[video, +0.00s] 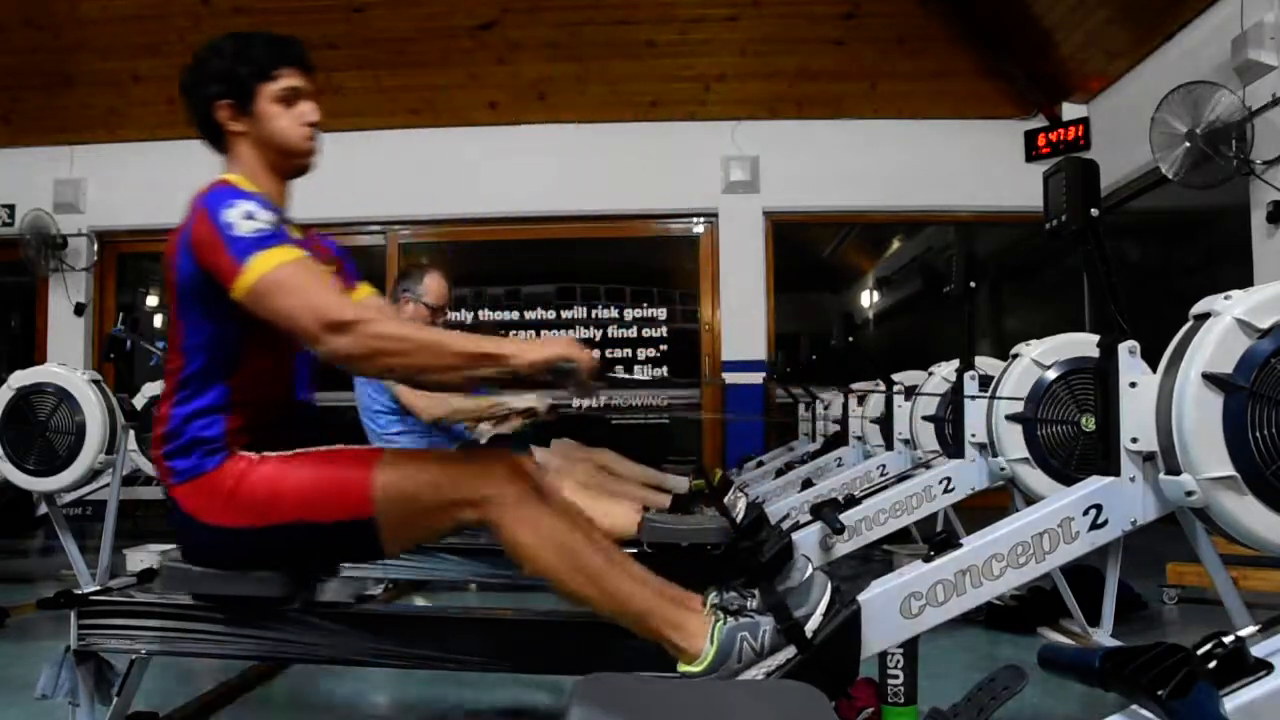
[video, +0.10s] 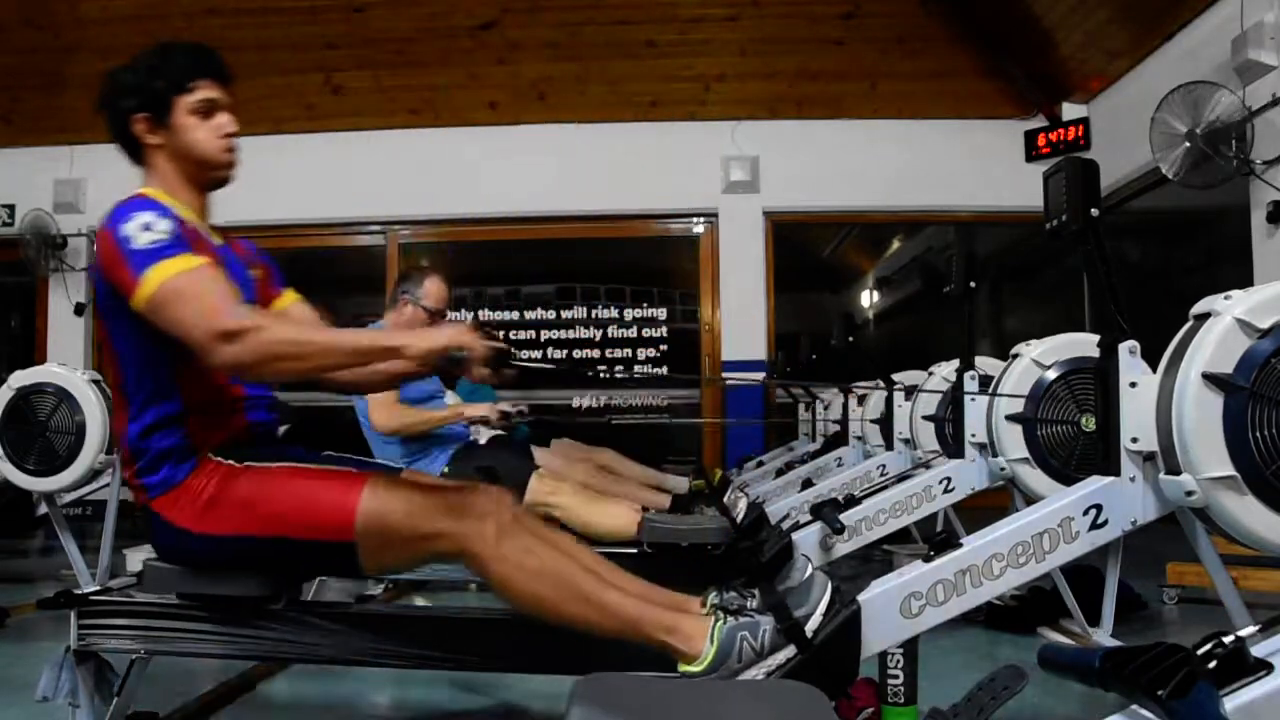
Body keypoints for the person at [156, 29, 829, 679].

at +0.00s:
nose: (313, 116)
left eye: (312, 100)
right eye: (290, 100)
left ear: (311, 112)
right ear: (230, 116)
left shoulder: (297, 235)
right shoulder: (225, 211)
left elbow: (385, 337)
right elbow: (342, 333)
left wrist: (513, 358)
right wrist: (515, 356)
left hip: (269, 468)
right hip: (223, 480)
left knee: (513, 475)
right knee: (492, 481)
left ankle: (704, 618)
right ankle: (703, 643)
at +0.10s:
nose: (228, 130)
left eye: (228, 114)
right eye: (206, 114)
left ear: (223, 125)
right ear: (146, 131)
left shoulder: (240, 259)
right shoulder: (137, 228)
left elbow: (328, 361)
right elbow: (238, 345)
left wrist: (429, 351)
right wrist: (423, 345)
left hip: (253, 468)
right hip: (197, 487)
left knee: (491, 505)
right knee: (471, 513)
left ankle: (696, 624)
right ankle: (695, 640)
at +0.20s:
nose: (166, 152)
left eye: (164, 136)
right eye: (142, 137)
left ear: (152, 152)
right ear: (81, 156)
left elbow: (261, 385)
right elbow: (123, 371)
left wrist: (362, 346)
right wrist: (293, 339)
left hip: (249, 461)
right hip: (191, 481)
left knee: (467, 523)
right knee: (441, 531)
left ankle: (699, 625)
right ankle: (703, 642)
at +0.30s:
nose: (128, 169)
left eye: (127, 153)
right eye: (106, 156)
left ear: (109, 171)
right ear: (46, 176)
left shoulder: (130, 280)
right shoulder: (41, 272)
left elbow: (211, 403)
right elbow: (24, 412)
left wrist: (276, 369)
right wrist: (196, 350)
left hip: (231, 466)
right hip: (181, 485)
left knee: (459, 533)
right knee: (431, 538)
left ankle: (701, 622)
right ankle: (697, 638)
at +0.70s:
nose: (163, 158)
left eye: (161, 142)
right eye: (142, 143)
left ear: (135, 160)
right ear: (81, 162)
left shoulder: (144, 269)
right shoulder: (65, 267)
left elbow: (182, 410)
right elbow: (56, 429)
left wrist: (255, 434)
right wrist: (208, 466)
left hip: (235, 477)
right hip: (190, 500)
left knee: (460, 534)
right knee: (441, 544)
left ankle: (700, 627)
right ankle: (701, 641)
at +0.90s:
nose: (212, 146)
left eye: (212, 130)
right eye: (191, 130)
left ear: (192, 145)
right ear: (131, 146)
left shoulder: (205, 274)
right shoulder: (107, 261)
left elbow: (269, 397)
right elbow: (150, 419)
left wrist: (348, 458)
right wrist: (297, 486)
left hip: (261, 487)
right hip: (191, 500)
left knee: (470, 529)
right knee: (445, 537)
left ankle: (698, 627)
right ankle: (699, 641)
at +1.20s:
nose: (298, 142)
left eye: (299, 125)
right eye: (277, 125)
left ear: (281, 136)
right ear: (216, 137)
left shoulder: (273, 263)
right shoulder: (184, 249)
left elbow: (353, 385)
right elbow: (263, 401)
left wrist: (447, 463)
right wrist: (407, 487)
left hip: (261, 474)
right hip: (199, 489)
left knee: (487, 498)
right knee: (467, 520)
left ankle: (697, 623)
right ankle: (691, 640)